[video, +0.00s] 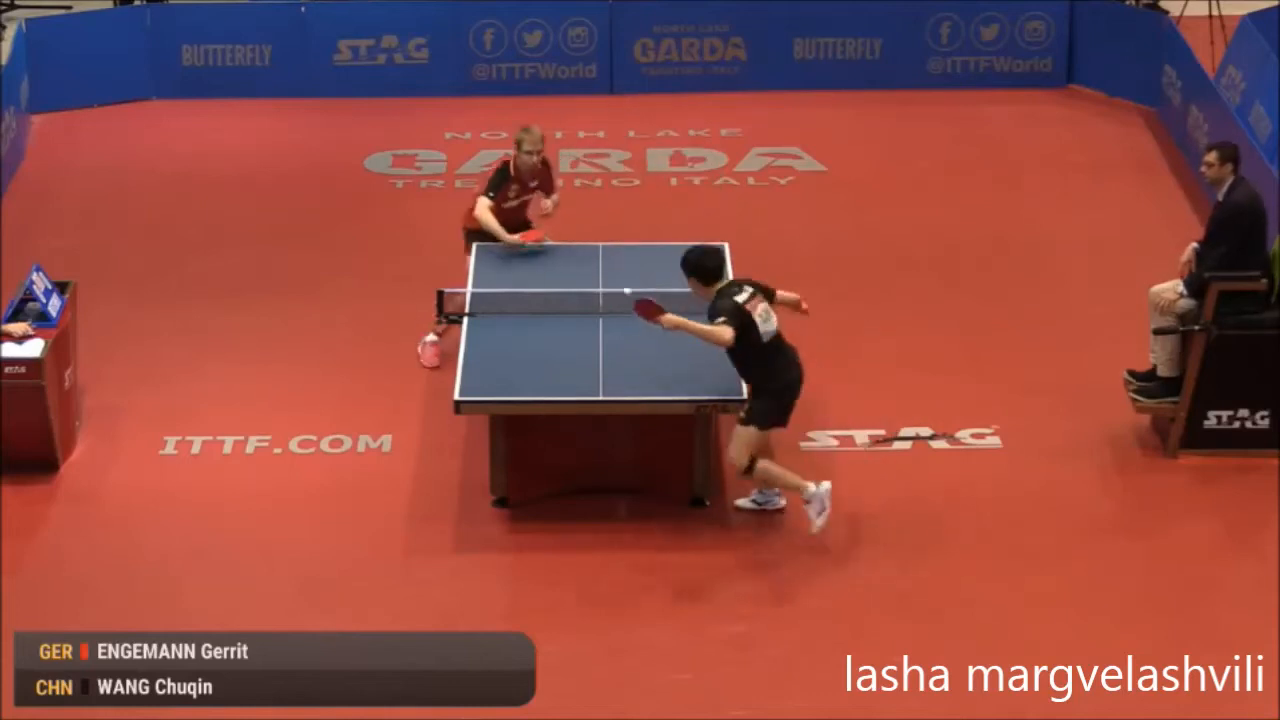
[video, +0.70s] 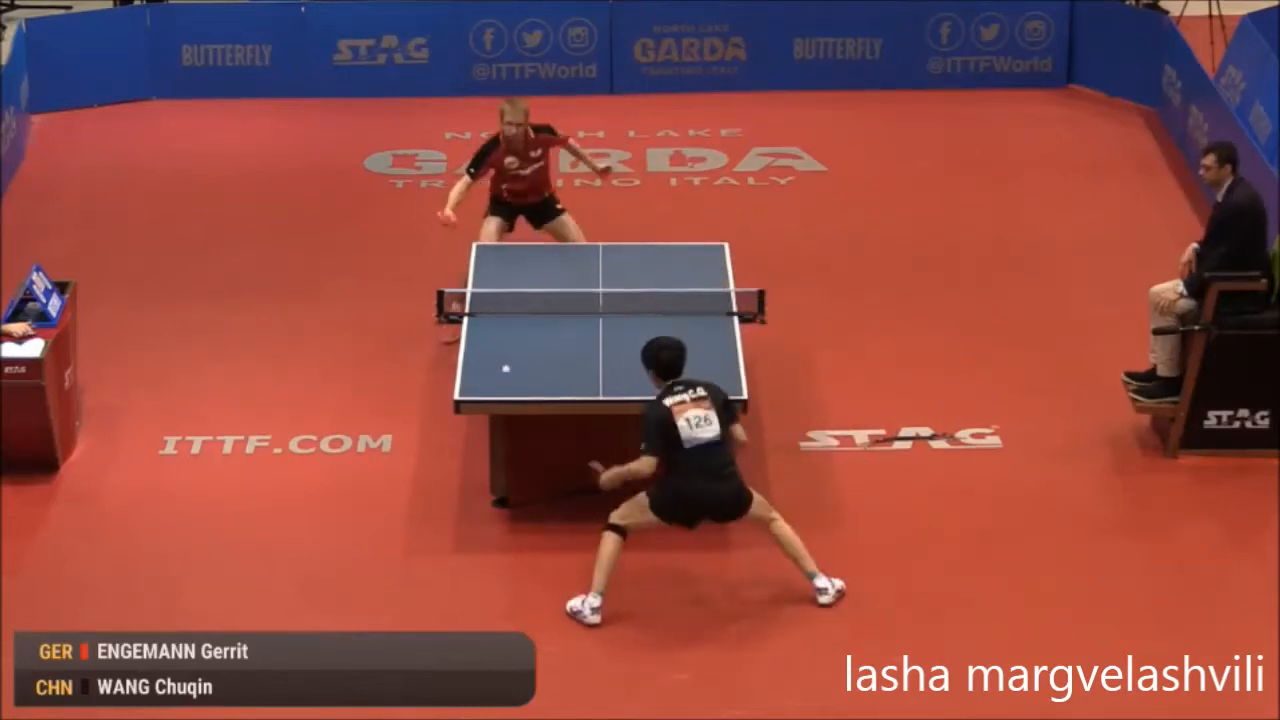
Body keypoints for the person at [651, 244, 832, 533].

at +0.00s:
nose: (688, 285)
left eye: (688, 279)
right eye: (687, 278)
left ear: (696, 281)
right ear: (719, 270)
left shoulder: (722, 304)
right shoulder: (744, 285)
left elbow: (726, 337)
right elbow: (781, 297)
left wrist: (681, 323)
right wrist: (797, 303)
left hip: (773, 381)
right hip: (786, 367)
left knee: (739, 458)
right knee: (756, 430)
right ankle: (767, 493)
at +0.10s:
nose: (685, 271)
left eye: (686, 267)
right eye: (687, 265)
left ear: (692, 271)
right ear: (721, 261)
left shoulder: (704, 300)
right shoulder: (746, 279)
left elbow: (690, 343)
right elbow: (784, 307)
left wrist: (649, 327)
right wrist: (800, 316)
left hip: (743, 388)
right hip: (775, 379)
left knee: (694, 455)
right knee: (763, 437)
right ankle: (774, 503)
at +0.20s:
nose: (683, 278)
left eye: (684, 274)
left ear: (689, 279)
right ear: (719, 271)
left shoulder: (692, 312)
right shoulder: (745, 295)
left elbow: (665, 358)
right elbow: (778, 331)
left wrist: (631, 340)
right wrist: (793, 337)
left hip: (725, 404)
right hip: (761, 396)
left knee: (672, 468)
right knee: (766, 449)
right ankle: (780, 519)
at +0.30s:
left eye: (682, 300)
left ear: (681, 305)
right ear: (714, 303)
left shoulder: (674, 345)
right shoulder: (736, 336)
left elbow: (628, 379)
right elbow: (771, 373)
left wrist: (612, 358)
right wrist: (744, 355)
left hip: (697, 438)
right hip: (738, 434)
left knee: (641, 485)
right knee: (757, 462)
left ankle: (640, 568)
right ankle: (779, 521)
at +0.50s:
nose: (664, 312)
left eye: (662, 308)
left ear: (661, 314)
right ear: (695, 310)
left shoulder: (655, 352)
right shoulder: (719, 338)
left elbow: (614, 400)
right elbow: (754, 381)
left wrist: (620, 406)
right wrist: (738, 393)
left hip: (684, 444)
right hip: (731, 439)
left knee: (621, 490)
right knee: (765, 483)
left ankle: (605, 577)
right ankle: (803, 552)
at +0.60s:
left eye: (659, 328)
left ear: (659, 334)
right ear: (691, 330)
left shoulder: (651, 369)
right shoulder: (717, 358)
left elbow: (614, 421)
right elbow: (749, 404)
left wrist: (627, 433)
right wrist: (723, 417)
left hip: (681, 466)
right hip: (727, 460)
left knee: (622, 519)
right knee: (767, 497)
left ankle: (595, 597)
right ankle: (809, 567)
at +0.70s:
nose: (649, 372)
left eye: (648, 367)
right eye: (653, 365)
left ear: (652, 372)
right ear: (683, 365)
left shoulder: (657, 409)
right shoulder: (712, 391)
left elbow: (647, 466)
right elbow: (738, 436)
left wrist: (612, 476)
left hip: (680, 495)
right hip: (727, 491)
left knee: (618, 523)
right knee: (772, 519)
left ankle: (593, 603)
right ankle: (821, 582)